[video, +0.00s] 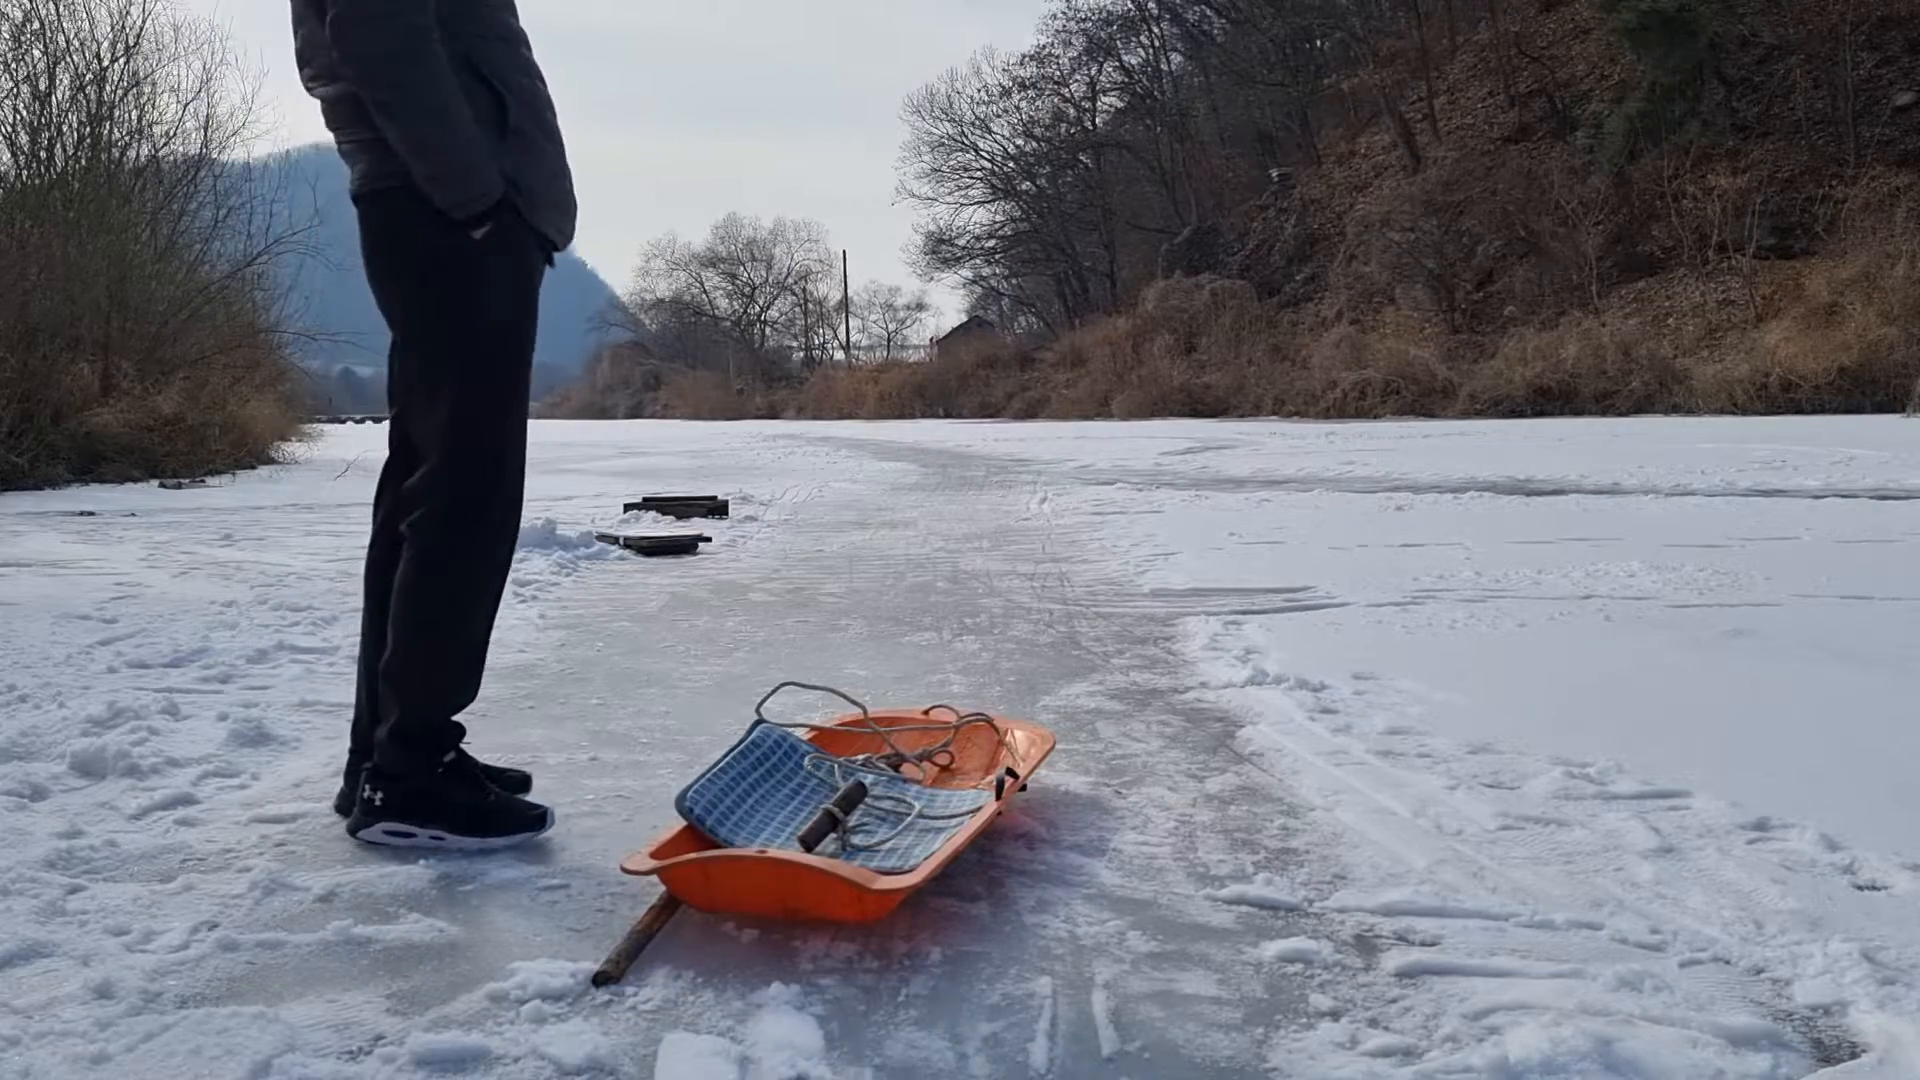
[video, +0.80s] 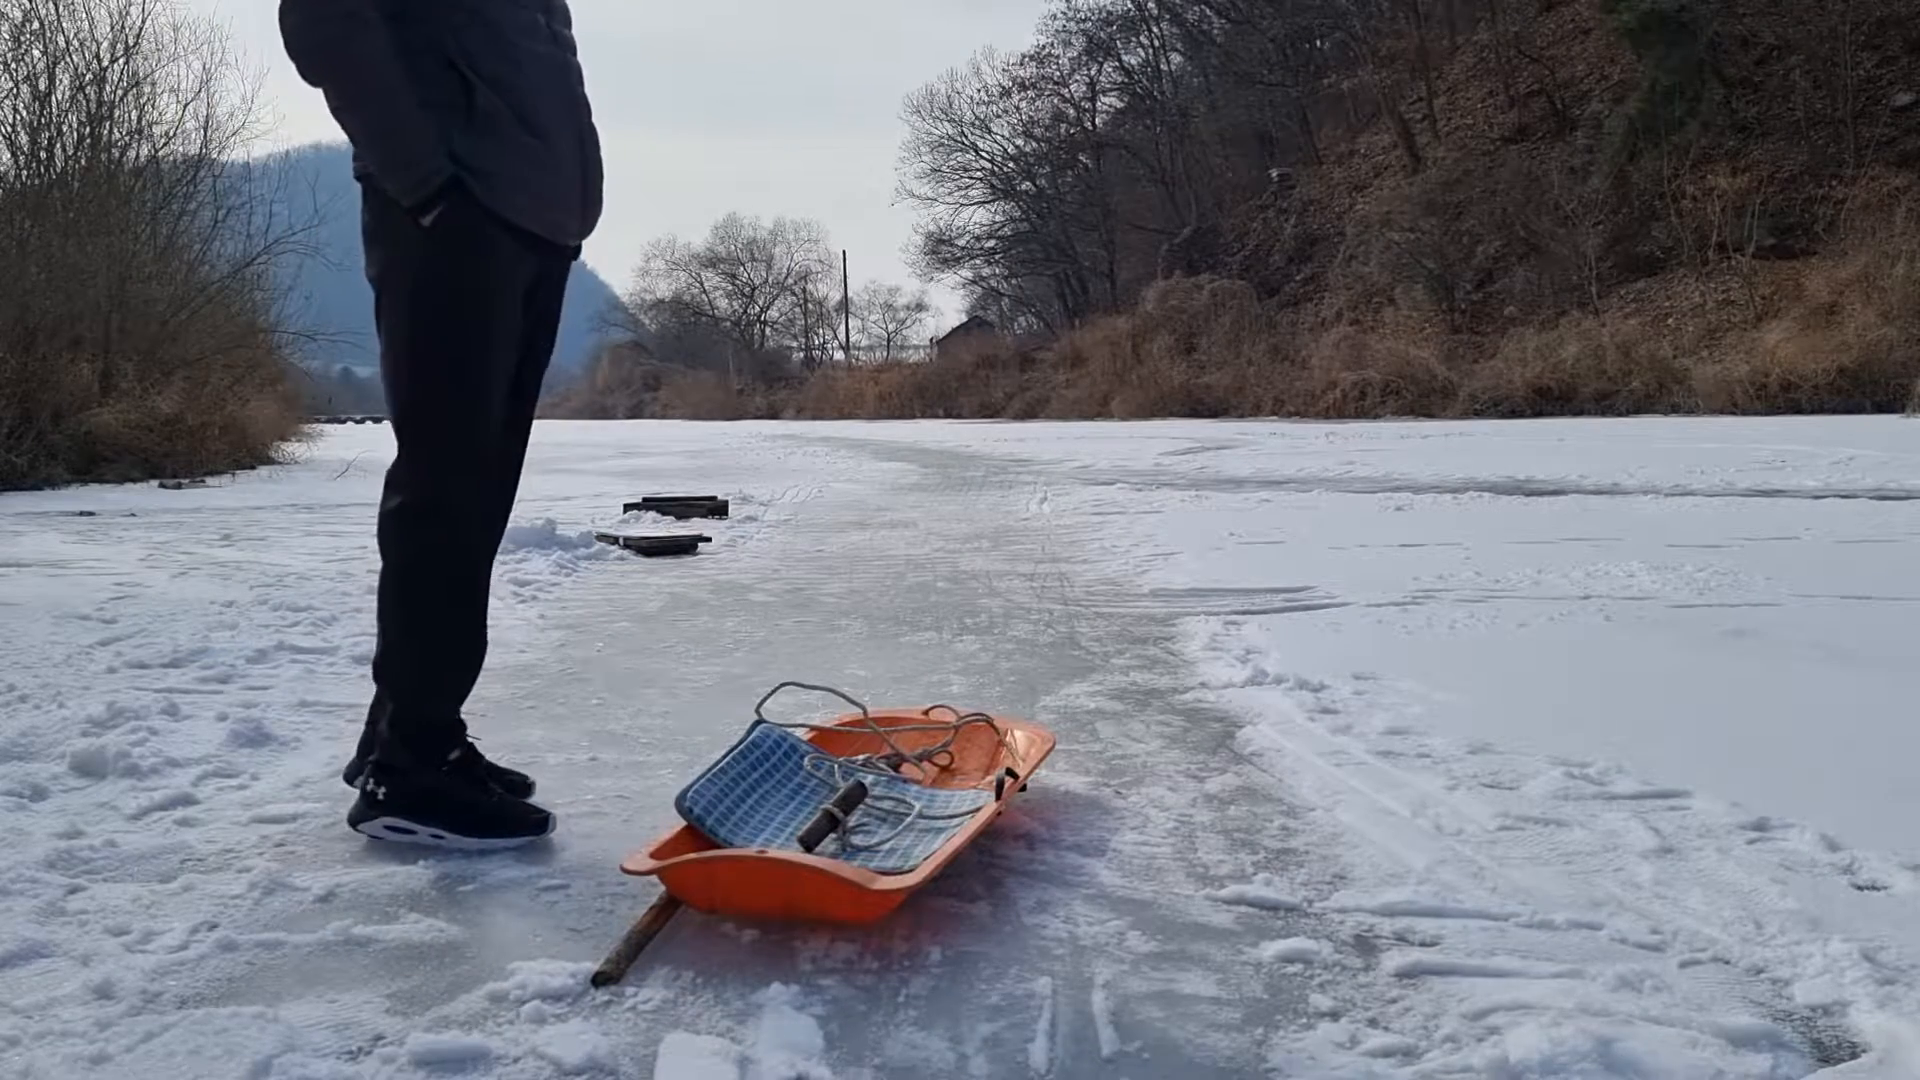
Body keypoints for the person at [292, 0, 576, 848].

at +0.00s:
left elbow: (346, 51)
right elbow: (381, 41)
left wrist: (477, 191)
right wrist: (481, 199)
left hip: (428, 223)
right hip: (459, 225)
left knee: (425, 486)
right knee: (470, 491)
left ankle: (389, 759)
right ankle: (412, 768)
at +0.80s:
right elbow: (321, 19)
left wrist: (556, 183)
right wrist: (428, 181)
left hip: (526, 213)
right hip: (449, 206)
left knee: (472, 486)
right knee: (443, 483)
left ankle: (414, 739)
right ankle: (413, 765)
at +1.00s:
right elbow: (306, 21)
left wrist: (560, 187)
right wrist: (410, 184)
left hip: (535, 215)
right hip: (439, 206)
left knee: (476, 494)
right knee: (434, 489)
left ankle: (425, 743)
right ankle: (406, 769)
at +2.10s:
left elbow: (498, 40)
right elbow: (243, 37)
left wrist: (524, 180)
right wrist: (344, 193)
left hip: (501, 223)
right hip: (393, 214)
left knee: (448, 500)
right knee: (402, 500)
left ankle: (413, 749)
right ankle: (404, 773)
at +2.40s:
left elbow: (508, 40)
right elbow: (231, 39)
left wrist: (519, 177)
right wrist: (329, 195)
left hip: (501, 221)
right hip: (383, 214)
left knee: (449, 501)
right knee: (401, 501)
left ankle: (413, 747)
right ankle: (404, 771)